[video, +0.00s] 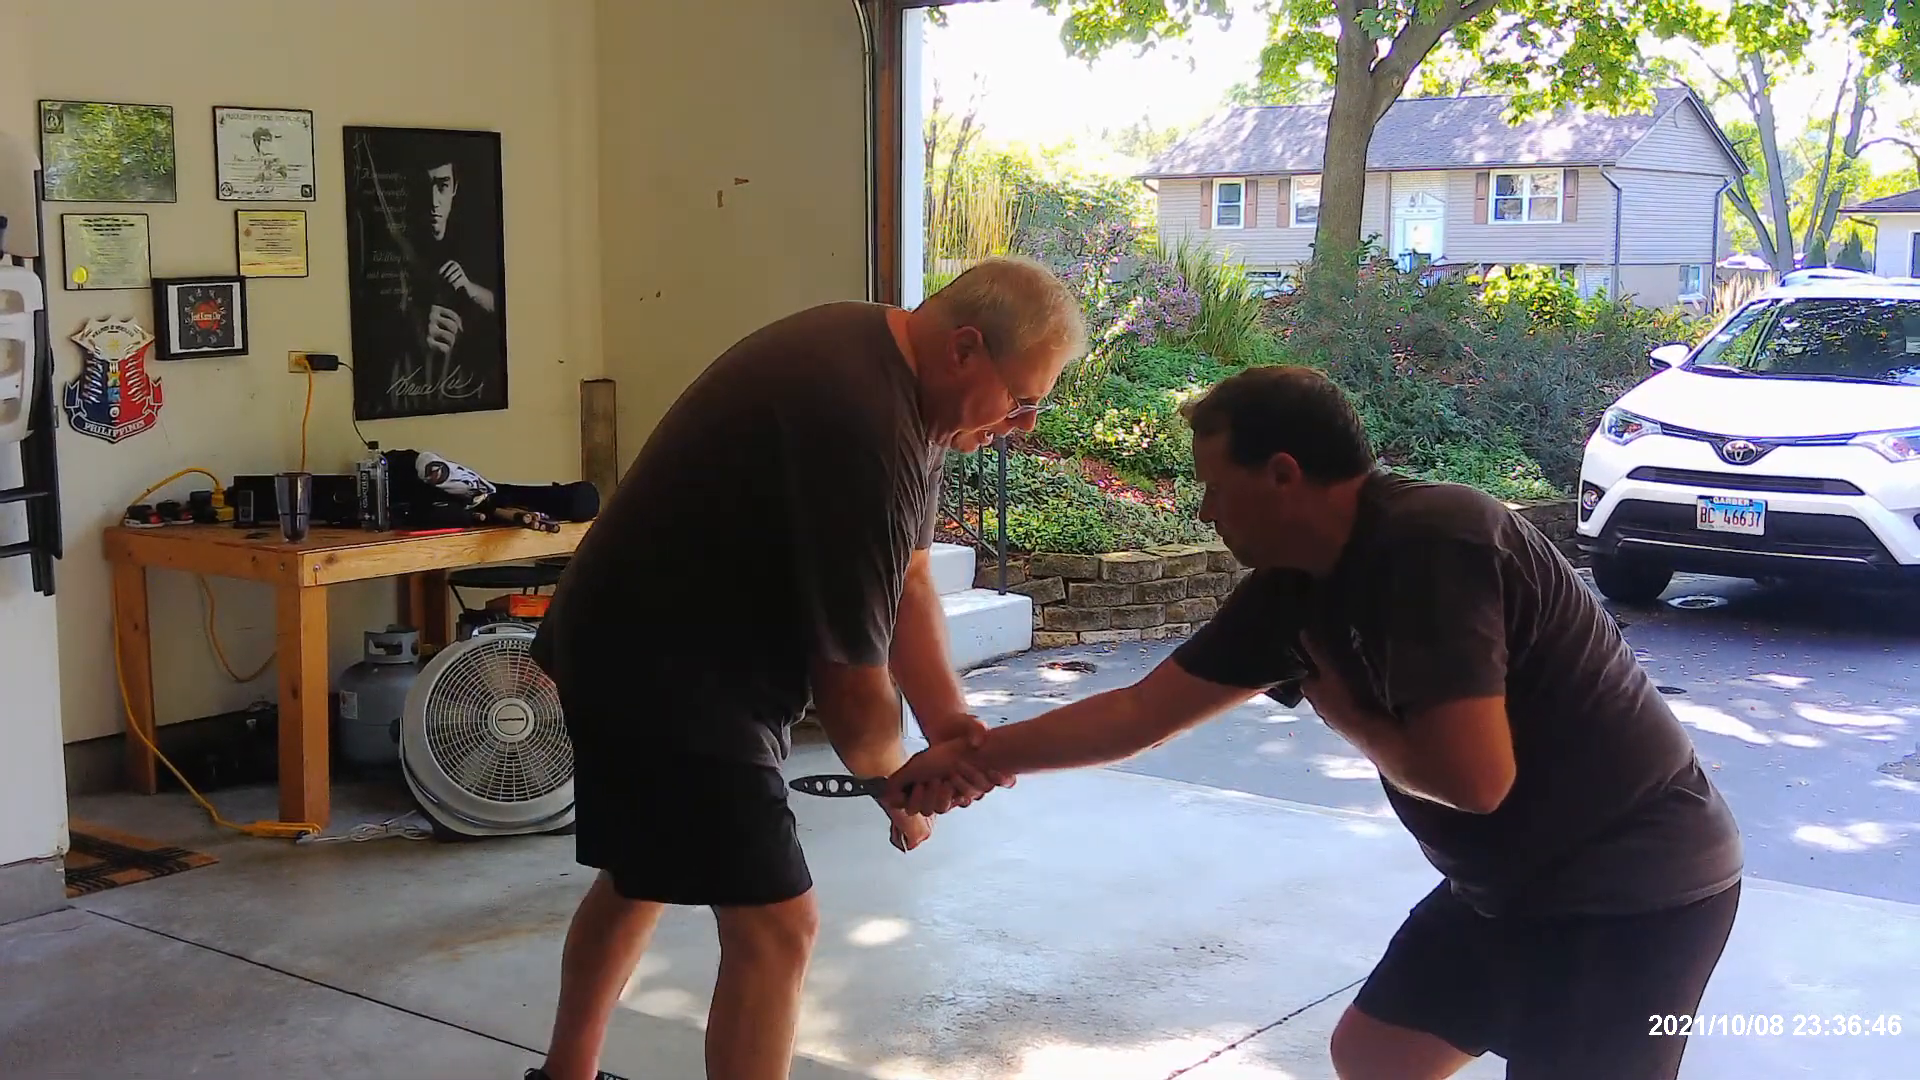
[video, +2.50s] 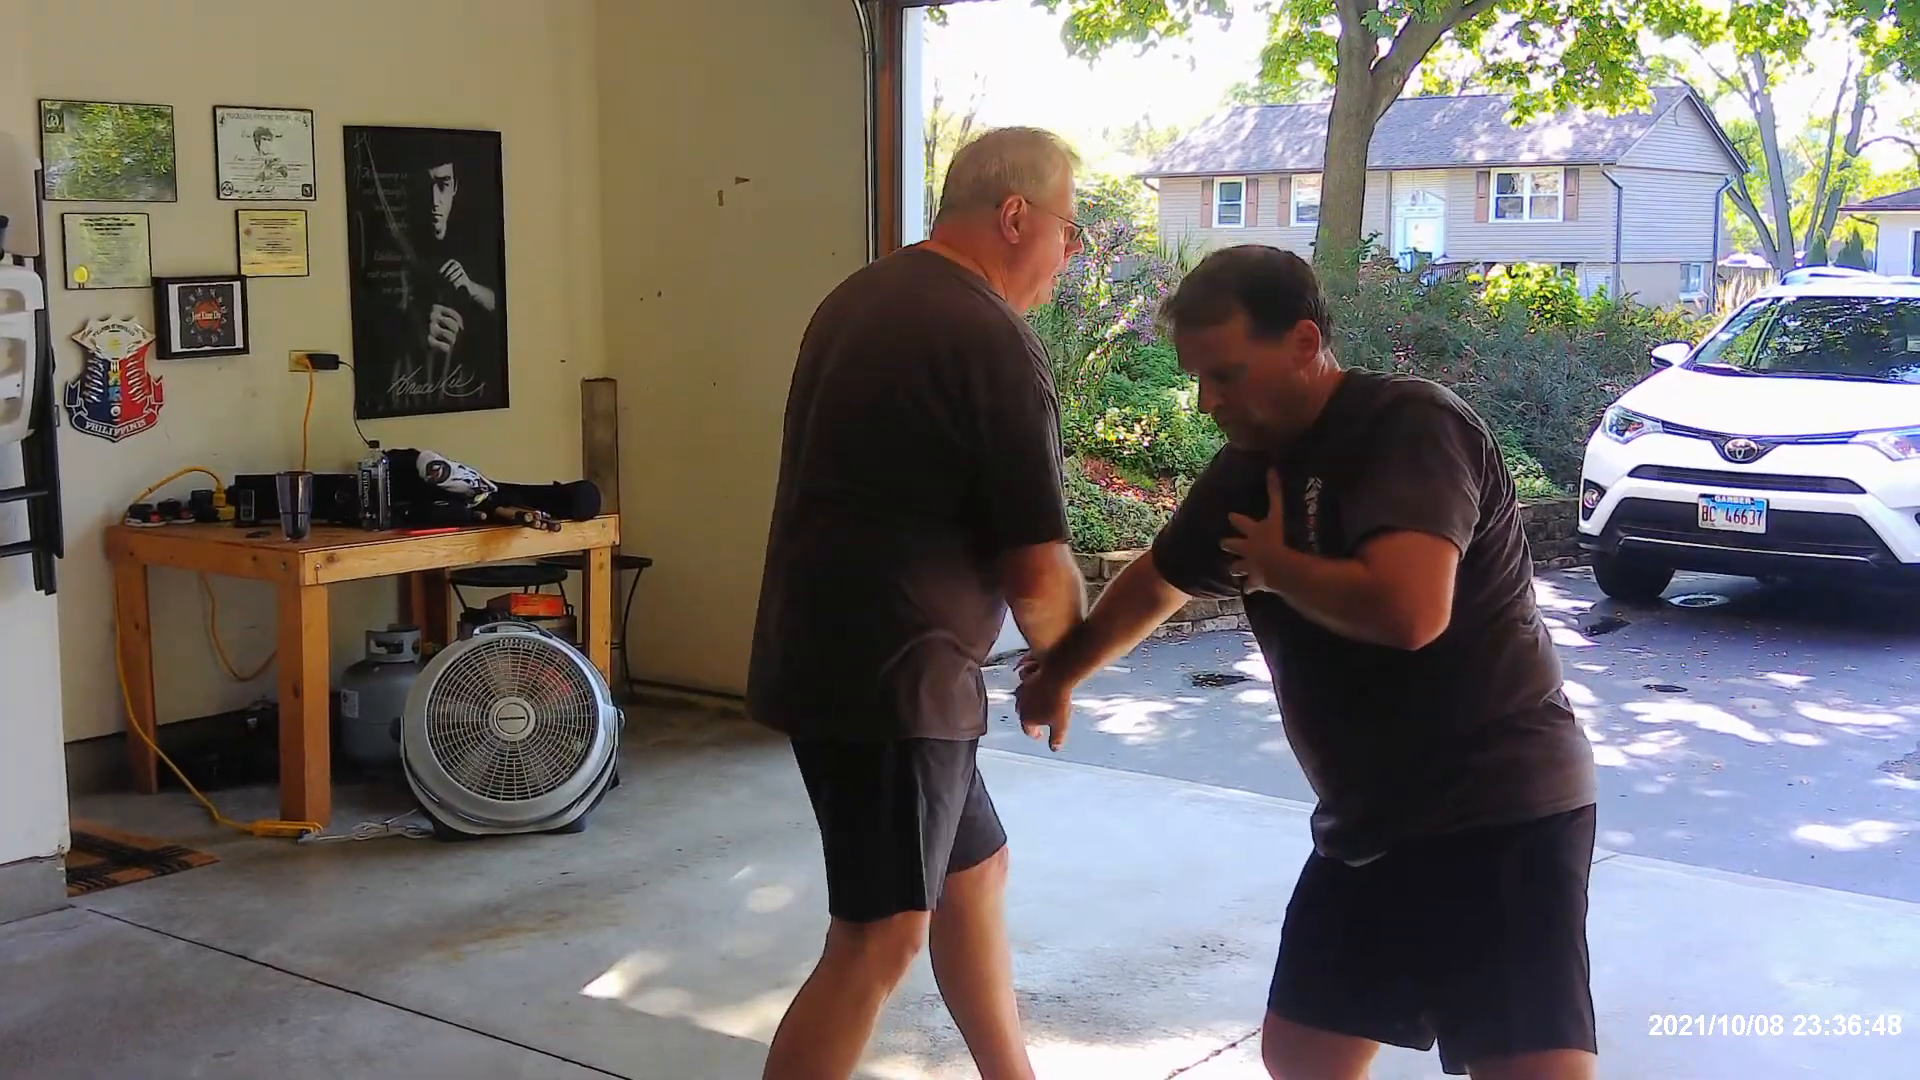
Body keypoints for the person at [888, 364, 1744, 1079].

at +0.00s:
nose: (1201, 503)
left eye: (1210, 477)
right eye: (1201, 479)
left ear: (1282, 474)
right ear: (1280, 478)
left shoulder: (1433, 544)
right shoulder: (1292, 589)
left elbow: (1476, 777)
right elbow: (1144, 710)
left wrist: (1347, 717)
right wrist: (984, 754)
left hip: (1642, 881)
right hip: (1504, 875)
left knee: (1594, 1068)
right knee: (1375, 1049)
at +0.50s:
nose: (1213, 458)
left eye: (1224, 434)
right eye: (1212, 435)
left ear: (1301, 434)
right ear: (1300, 437)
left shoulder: (1445, 517)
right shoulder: (1289, 542)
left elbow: (1469, 748)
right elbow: (1134, 639)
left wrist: (1338, 691)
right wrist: (976, 659)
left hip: (1625, 865)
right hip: (1491, 865)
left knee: (1585, 1069)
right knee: (1371, 1050)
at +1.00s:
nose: (1154, 431)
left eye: (1169, 406)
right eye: (1147, 409)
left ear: (1258, 396)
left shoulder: (1378, 468)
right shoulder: (1206, 512)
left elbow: (1412, 669)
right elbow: (1077, 581)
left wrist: (1250, 599)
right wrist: (953, 589)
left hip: (1579, 805)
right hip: (1439, 822)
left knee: (1600, 1065)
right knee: (1343, 1046)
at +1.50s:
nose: (1163, 381)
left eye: (1182, 355)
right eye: (1156, 361)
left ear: (1273, 343)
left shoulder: (1383, 429)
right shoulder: (1188, 480)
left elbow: (1415, 618)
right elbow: (1054, 566)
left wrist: (1252, 559)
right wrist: (924, 609)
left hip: (1525, 796)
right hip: (1382, 815)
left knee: (1549, 1065)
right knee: (1305, 1045)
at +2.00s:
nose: (1249, 328)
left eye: (1276, 303)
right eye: (1242, 306)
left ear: (1359, 306)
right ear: (1234, 310)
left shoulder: (1433, 406)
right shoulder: (1248, 437)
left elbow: (1408, 581)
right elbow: (1141, 533)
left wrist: (1269, 521)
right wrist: (1030, 588)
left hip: (1489, 815)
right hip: (1349, 823)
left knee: (1517, 1062)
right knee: (1310, 1055)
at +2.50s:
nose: (1206, 400)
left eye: (1224, 374)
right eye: (1196, 378)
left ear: (1308, 344)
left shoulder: (1415, 426)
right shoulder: (1244, 475)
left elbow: (1410, 608)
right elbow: (1152, 584)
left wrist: (1277, 565)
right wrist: (1060, 671)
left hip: (1504, 815)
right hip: (1364, 827)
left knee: (1531, 1062)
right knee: (1303, 1052)